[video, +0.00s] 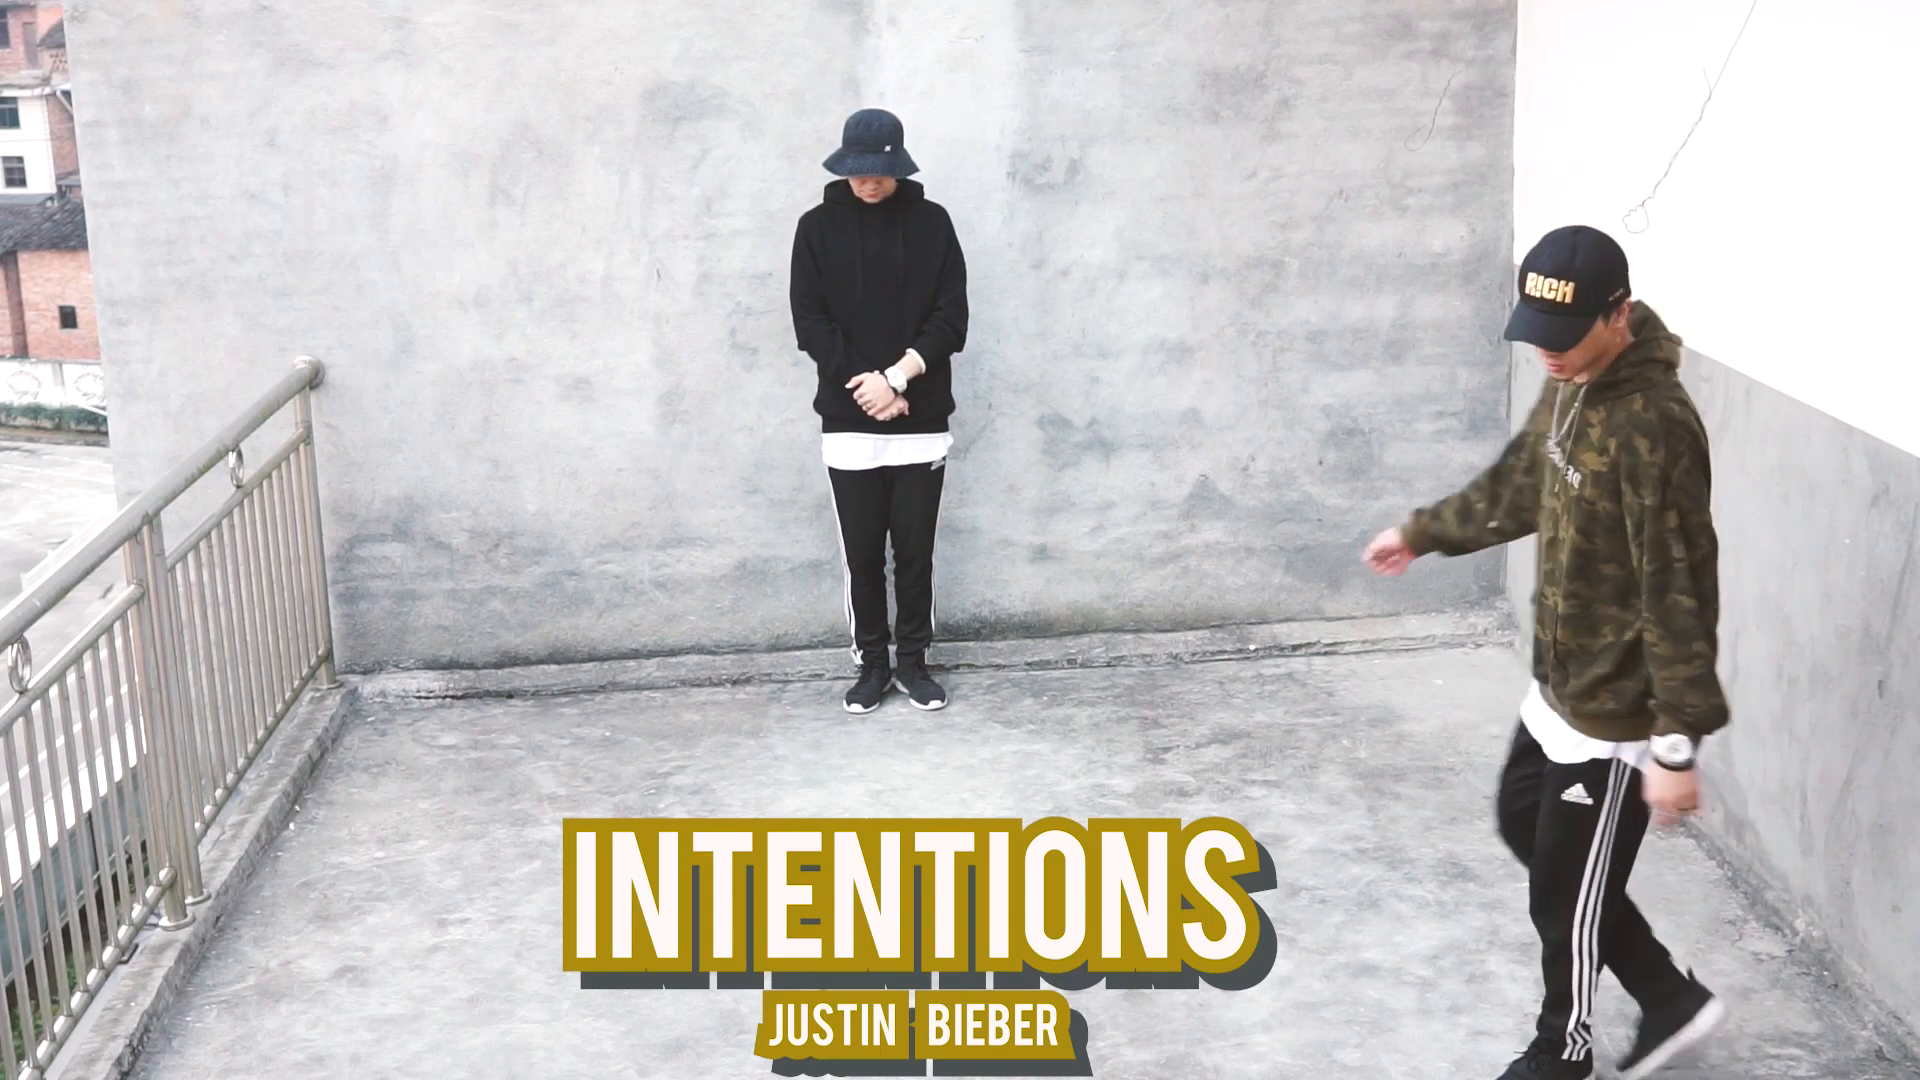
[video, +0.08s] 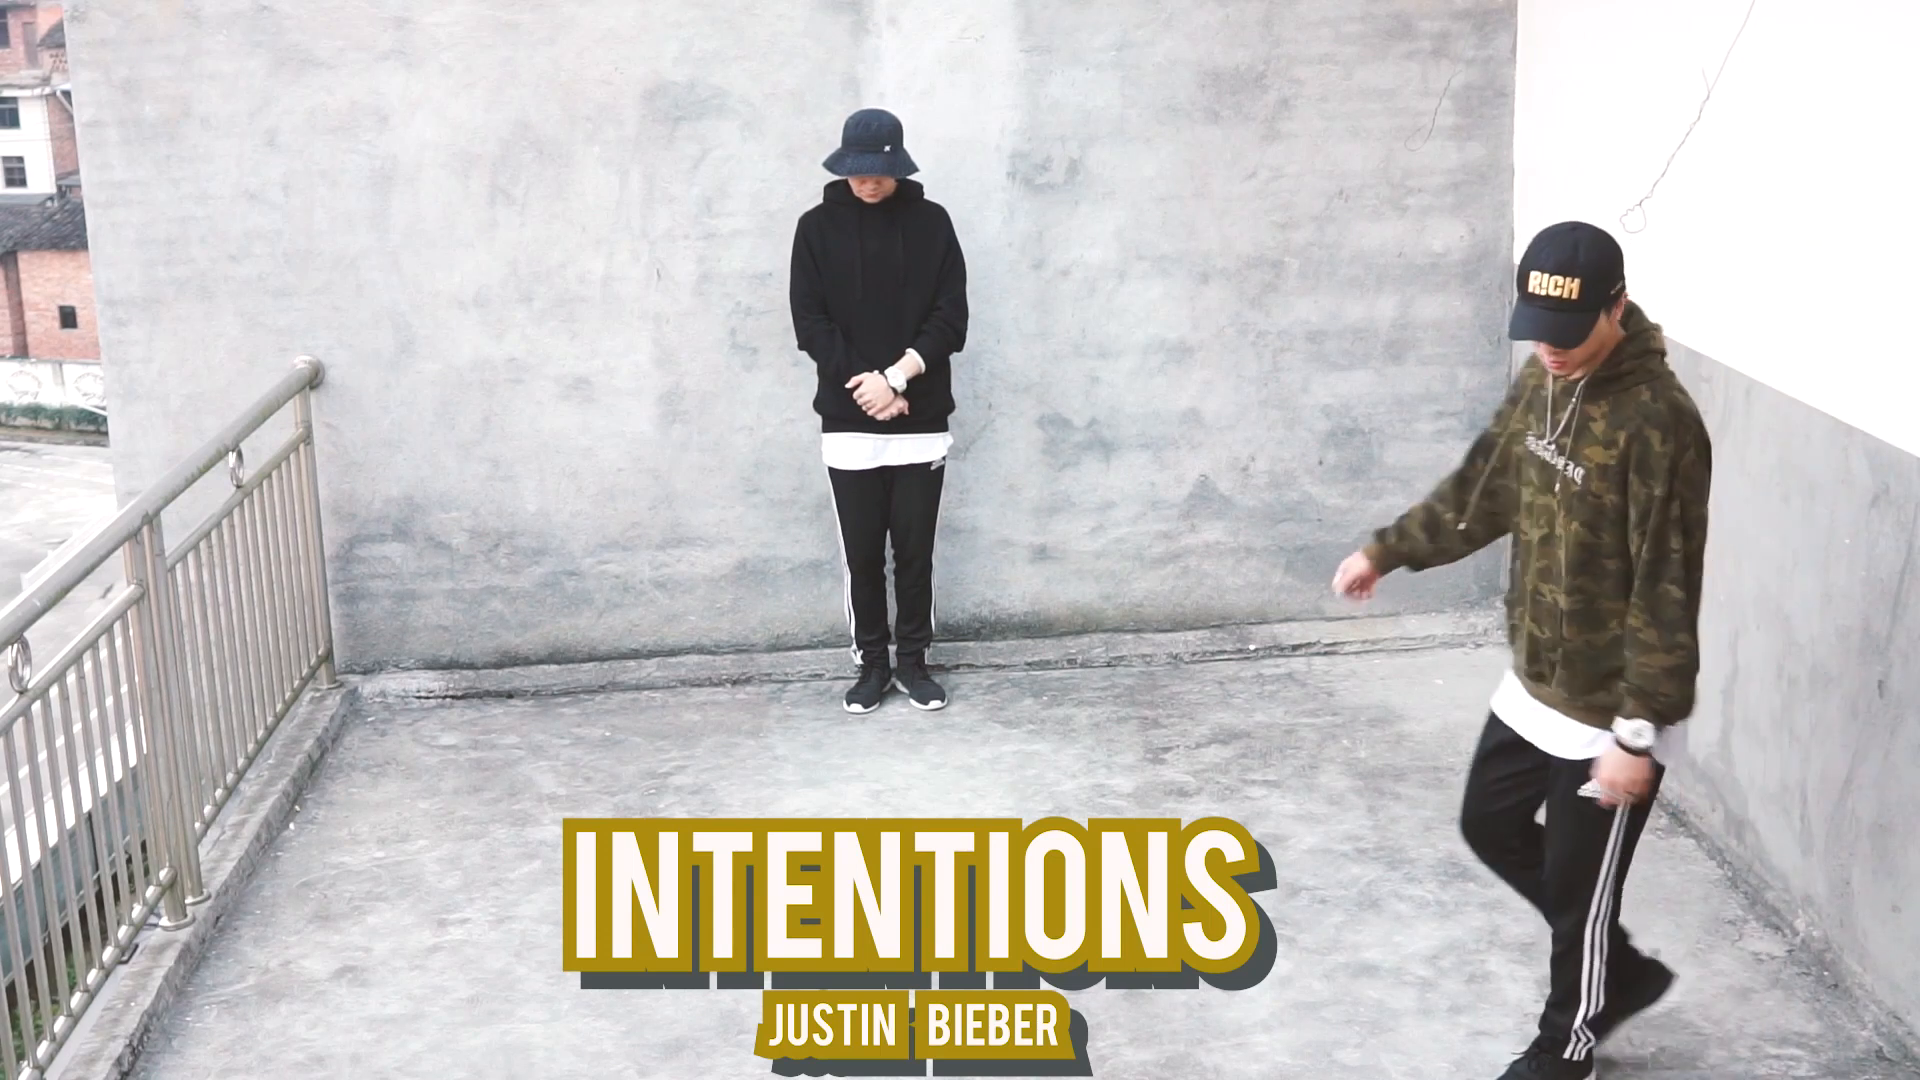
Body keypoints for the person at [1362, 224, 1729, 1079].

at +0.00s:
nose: (1549, 356)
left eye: (1565, 339)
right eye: (1539, 339)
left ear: (1619, 317)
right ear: (1531, 317)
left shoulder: (1655, 427)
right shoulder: (1571, 386)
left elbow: (1678, 591)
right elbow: (1518, 486)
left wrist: (1676, 747)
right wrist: (1423, 531)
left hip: (1621, 714)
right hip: (1560, 686)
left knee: (1569, 898)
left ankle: (1563, 1051)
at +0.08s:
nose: (1548, 351)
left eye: (1566, 334)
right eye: (1537, 333)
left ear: (1617, 312)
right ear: (1524, 312)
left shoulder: (1660, 424)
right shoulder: (1539, 383)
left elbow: (1669, 590)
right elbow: (1481, 492)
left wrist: (1639, 736)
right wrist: (1386, 550)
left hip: (1613, 710)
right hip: (1535, 682)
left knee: (1578, 896)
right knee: (1492, 825)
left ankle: (1565, 1048)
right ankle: (1619, 968)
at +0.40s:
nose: (1561, 335)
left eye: (1578, 319)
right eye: (1545, 316)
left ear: (1599, 302)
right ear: (1505, 287)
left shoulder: (1634, 392)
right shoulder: (1451, 386)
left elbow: (1650, 550)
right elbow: (1391, 516)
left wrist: (1573, 661)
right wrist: (1352, 644)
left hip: (1594, 690)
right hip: (1479, 682)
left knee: (1575, 881)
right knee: (1458, 871)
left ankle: (1567, 1041)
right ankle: (1427, 1022)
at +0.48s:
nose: (1549, 327)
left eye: (1567, 310)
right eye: (1533, 306)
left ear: (1586, 298)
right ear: (1492, 283)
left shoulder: (1619, 388)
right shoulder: (1432, 388)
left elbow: (1640, 537)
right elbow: (1378, 525)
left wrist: (1579, 652)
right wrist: (1368, 660)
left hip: (1581, 684)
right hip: (1465, 682)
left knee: (1570, 875)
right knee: (1448, 869)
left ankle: (1568, 1039)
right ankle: (1428, 1017)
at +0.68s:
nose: (1531, 322)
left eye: (1544, 304)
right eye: (1514, 304)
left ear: (1561, 290)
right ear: (1466, 282)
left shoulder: (1588, 372)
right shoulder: (1408, 386)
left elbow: (1616, 516)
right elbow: (1389, 543)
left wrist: (1568, 622)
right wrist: (1451, 668)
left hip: (1575, 677)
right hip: (1459, 684)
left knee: (1587, 870)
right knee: (1442, 873)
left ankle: (1584, 1031)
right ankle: (1427, 1020)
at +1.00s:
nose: (1566, 302)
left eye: (1579, 283)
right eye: (1547, 284)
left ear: (1595, 275)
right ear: (1502, 271)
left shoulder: (1620, 371)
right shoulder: (1449, 376)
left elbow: (1638, 517)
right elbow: (1432, 532)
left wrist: (1584, 616)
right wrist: (1528, 633)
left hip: (1593, 676)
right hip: (1477, 682)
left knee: (1602, 864)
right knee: (1454, 870)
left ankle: (1606, 1008)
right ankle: (1428, 1021)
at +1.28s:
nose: (1615, 308)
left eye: (1633, 290)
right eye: (1599, 287)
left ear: (1651, 284)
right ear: (1559, 268)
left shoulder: (1676, 375)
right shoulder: (1501, 369)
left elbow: (1686, 523)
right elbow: (1479, 520)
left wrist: (1621, 617)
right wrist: (1561, 625)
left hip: (1625, 667)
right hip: (1505, 661)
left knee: (1616, 853)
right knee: (1467, 850)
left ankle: (1607, 1005)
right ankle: (1428, 1009)